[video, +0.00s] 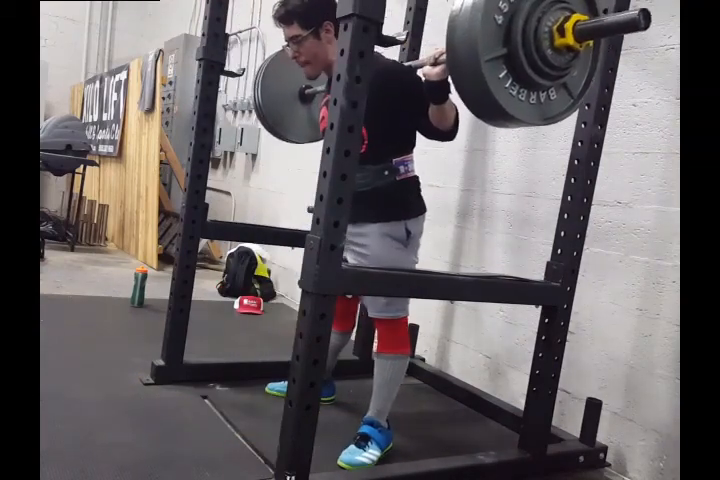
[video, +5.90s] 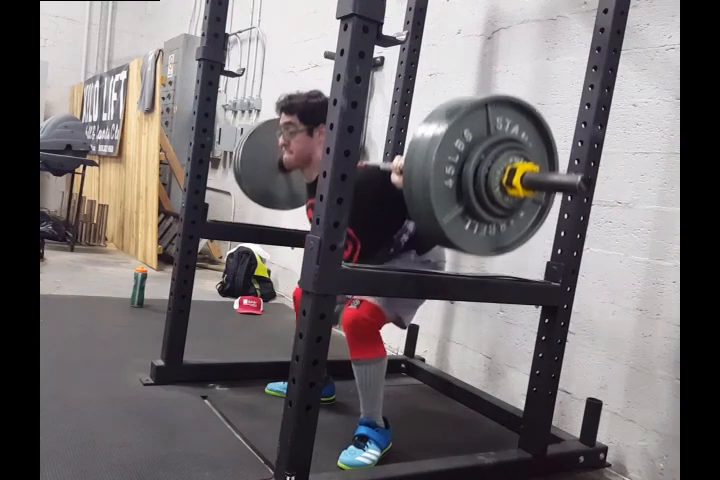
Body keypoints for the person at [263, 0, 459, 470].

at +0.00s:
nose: (293, 53)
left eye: (298, 42)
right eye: (288, 44)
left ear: (330, 31)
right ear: (321, 36)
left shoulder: (390, 78)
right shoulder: (330, 83)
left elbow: (445, 129)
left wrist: (437, 85)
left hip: (389, 217)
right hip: (341, 213)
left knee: (388, 314)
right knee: (335, 301)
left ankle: (377, 424)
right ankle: (318, 379)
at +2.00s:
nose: (310, 31)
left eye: (317, 20)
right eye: (307, 22)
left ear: (348, 19)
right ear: (320, 25)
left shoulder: (387, 74)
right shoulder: (329, 78)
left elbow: (433, 135)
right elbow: (328, 139)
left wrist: (431, 87)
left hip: (377, 215)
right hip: (331, 212)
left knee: (377, 311)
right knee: (327, 301)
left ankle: (375, 424)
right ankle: (317, 379)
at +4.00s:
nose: (305, 63)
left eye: (316, 55)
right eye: (305, 54)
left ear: (345, 63)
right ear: (310, 62)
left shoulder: (378, 118)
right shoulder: (324, 120)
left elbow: (433, 171)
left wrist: (425, 132)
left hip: (400, 234)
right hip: (350, 232)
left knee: (364, 323)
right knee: (304, 296)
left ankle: (374, 428)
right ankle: (315, 381)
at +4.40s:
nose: (288, 124)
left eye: (298, 116)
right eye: (288, 115)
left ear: (329, 124)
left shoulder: (368, 175)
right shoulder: (312, 175)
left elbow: (420, 221)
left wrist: (412, 189)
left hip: (404, 267)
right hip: (352, 266)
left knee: (355, 328)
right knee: (291, 300)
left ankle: (374, 430)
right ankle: (316, 382)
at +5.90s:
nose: (281, 142)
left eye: (290, 132)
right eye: (280, 132)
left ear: (321, 137)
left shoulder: (360, 180)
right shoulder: (316, 187)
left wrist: (408, 174)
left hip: (413, 253)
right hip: (366, 256)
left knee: (359, 319)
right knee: (305, 298)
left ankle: (373, 428)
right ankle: (316, 380)